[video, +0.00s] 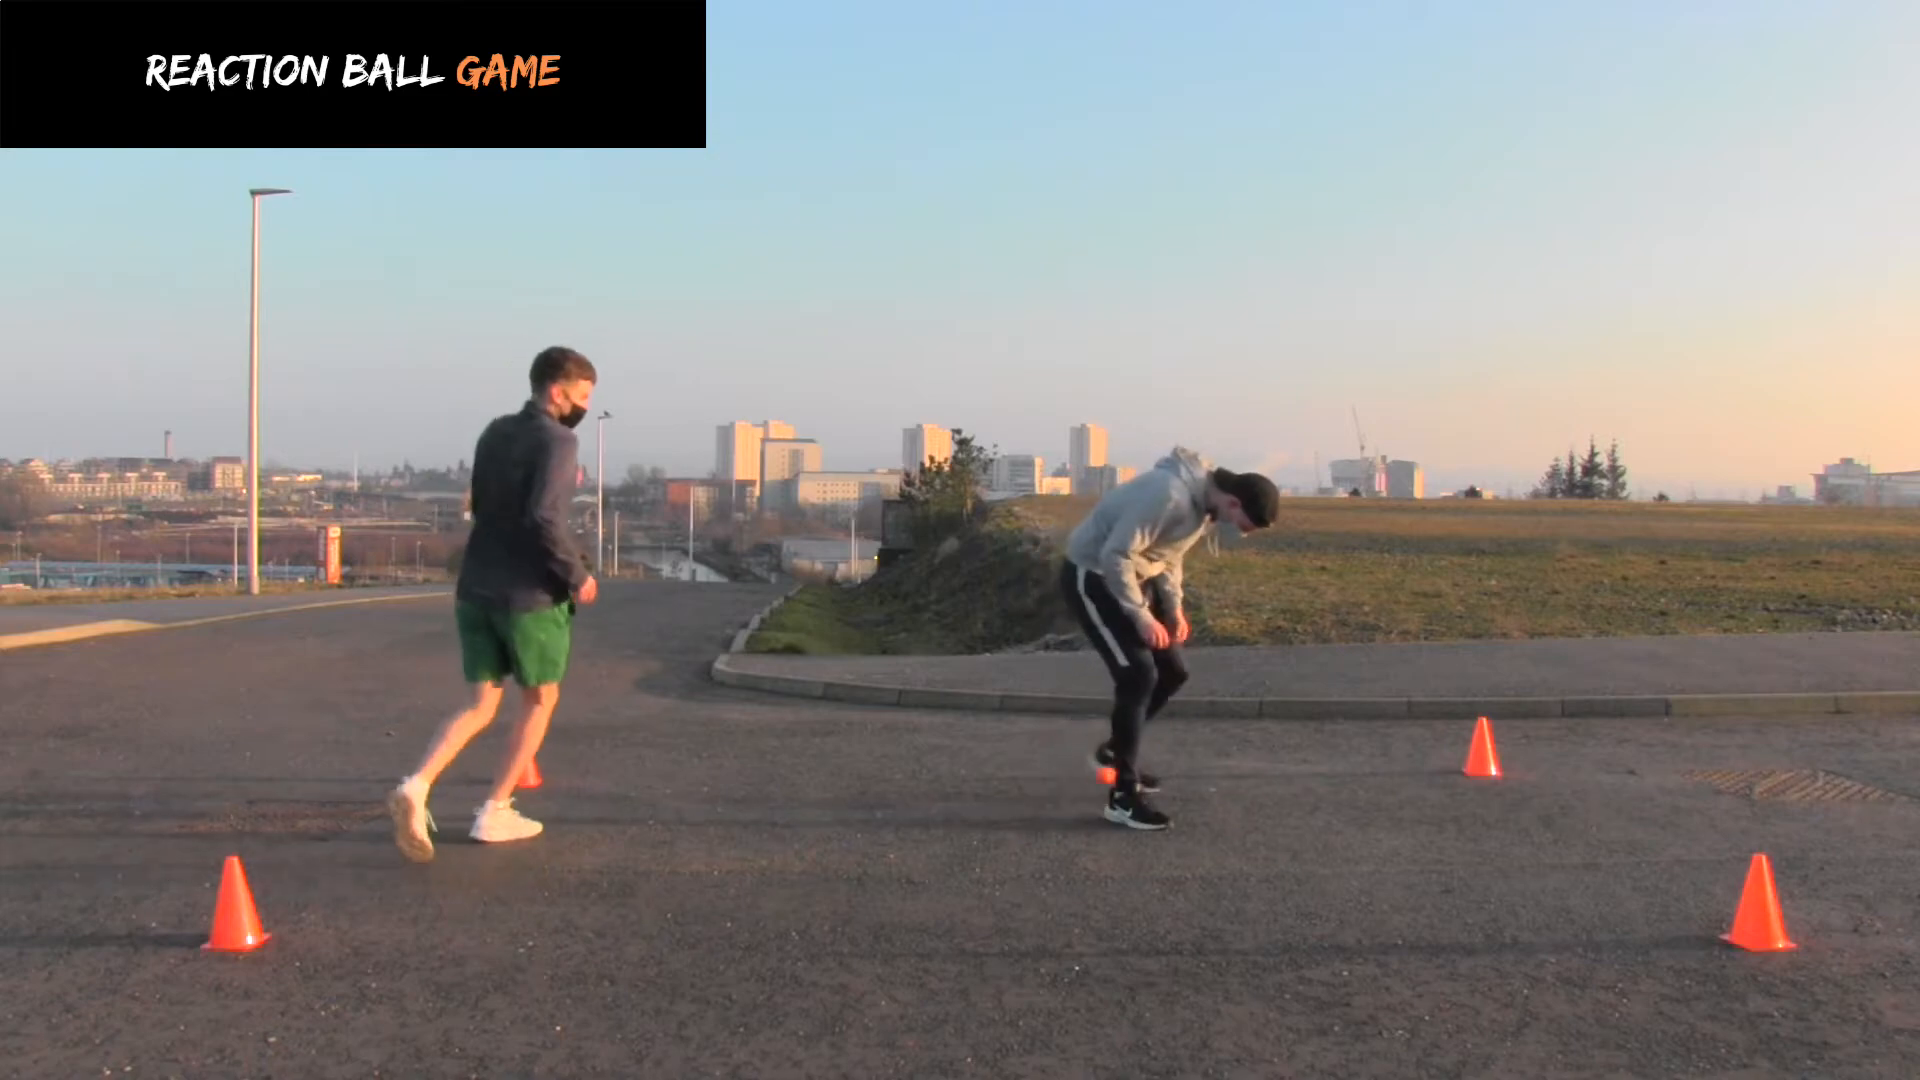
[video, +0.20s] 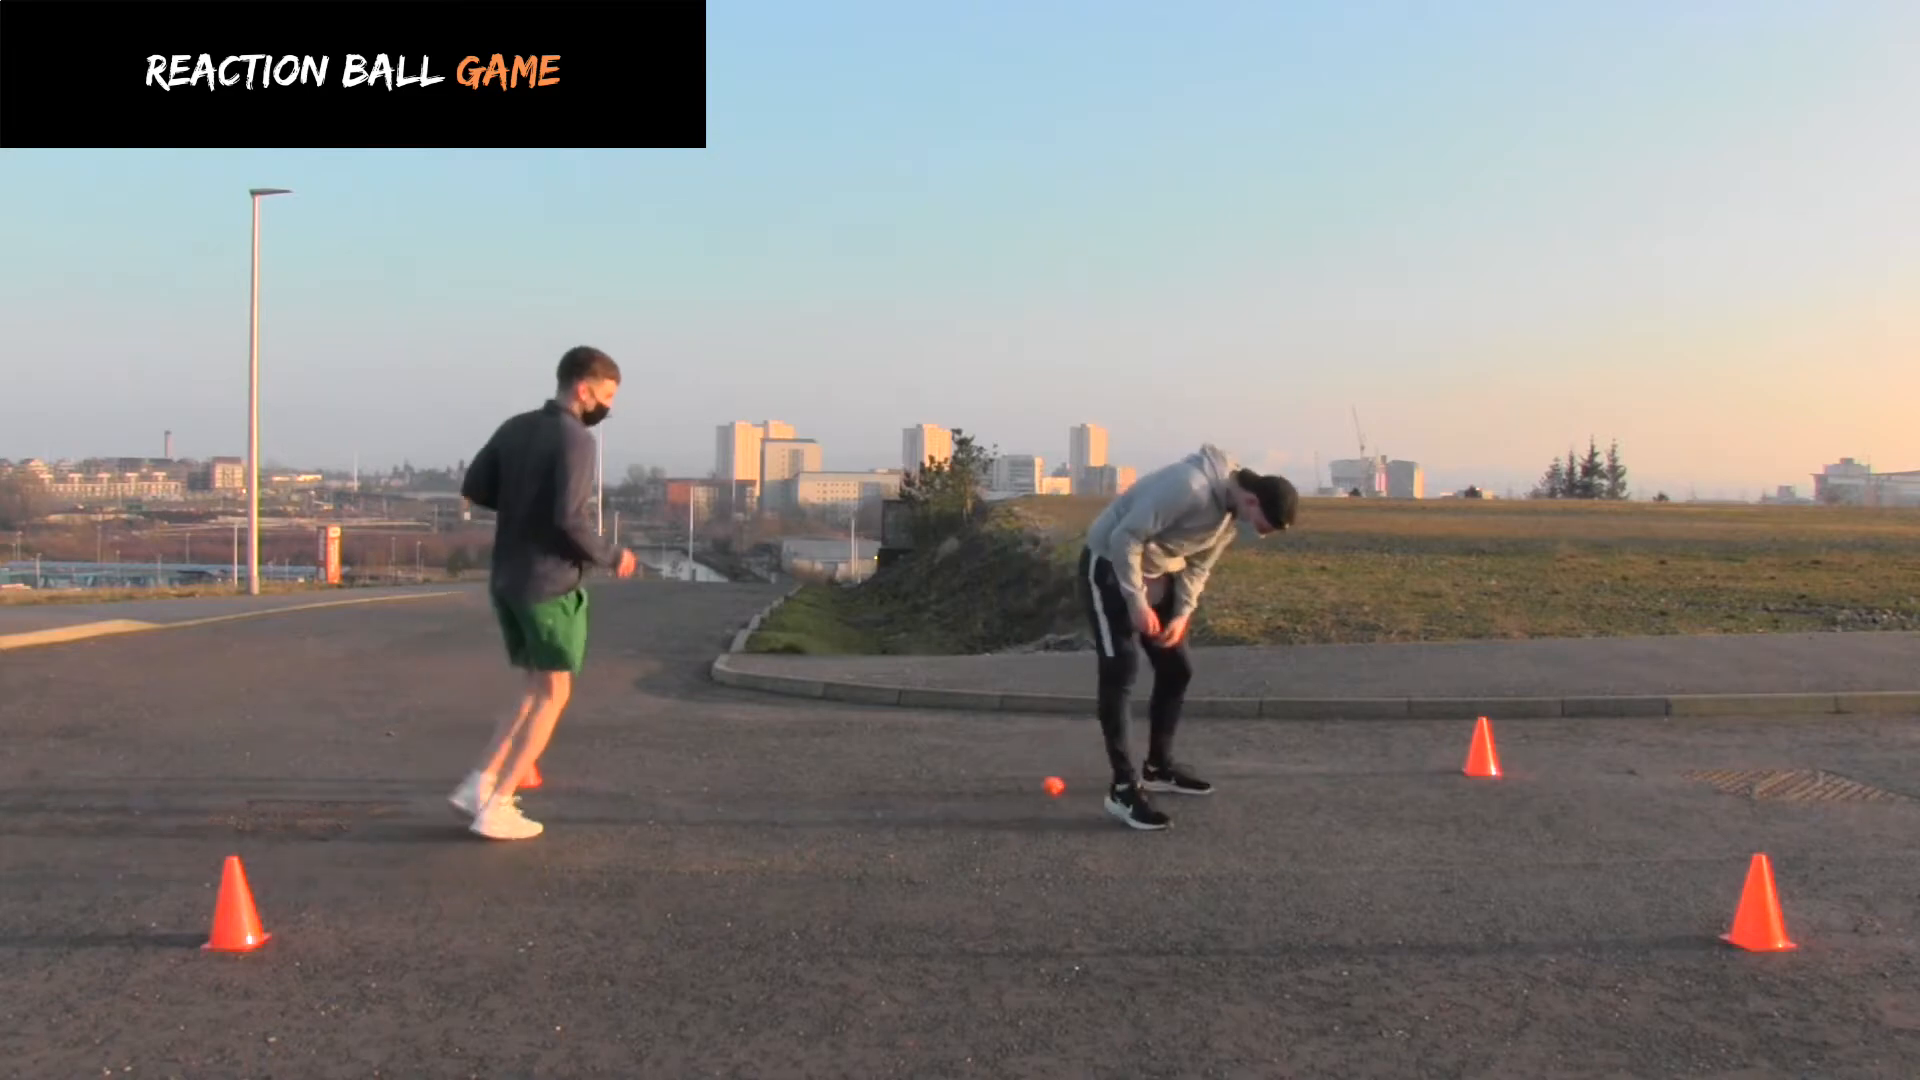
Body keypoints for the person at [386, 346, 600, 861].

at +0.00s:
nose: (586, 408)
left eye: (589, 398)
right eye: (583, 397)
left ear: (544, 391)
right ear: (557, 389)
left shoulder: (495, 432)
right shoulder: (558, 441)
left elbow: (481, 506)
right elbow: (544, 516)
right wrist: (578, 576)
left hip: (477, 586)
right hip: (530, 593)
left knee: (481, 703)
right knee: (540, 697)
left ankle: (415, 787)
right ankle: (496, 812)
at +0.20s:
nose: (609, 406)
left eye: (612, 397)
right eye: (606, 395)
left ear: (567, 386)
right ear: (582, 386)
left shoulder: (516, 427)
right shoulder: (576, 439)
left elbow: (476, 488)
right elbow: (569, 519)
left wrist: (532, 506)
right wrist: (613, 557)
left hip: (509, 582)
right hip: (550, 587)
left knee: (537, 686)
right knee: (555, 690)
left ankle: (481, 784)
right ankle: (497, 806)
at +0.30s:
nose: (620, 398)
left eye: (623, 389)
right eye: (617, 387)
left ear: (579, 377)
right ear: (594, 377)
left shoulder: (527, 417)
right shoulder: (586, 426)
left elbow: (483, 470)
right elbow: (580, 505)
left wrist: (533, 492)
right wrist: (619, 532)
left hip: (519, 569)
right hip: (558, 574)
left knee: (551, 677)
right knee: (556, 680)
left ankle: (533, 784)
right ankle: (502, 798)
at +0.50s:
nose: (642, 413)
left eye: (645, 404)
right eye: (640, 402)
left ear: (605, 392)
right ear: (618, 393)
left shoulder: (560, 434)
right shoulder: (607, 440)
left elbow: (527, 498)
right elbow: (604, 514)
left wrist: (576, 521)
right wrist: (639, 563)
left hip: (552, 580)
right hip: (584, 584)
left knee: (604, 675)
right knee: (594, 691)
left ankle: (589, 780)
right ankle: (514, 787)